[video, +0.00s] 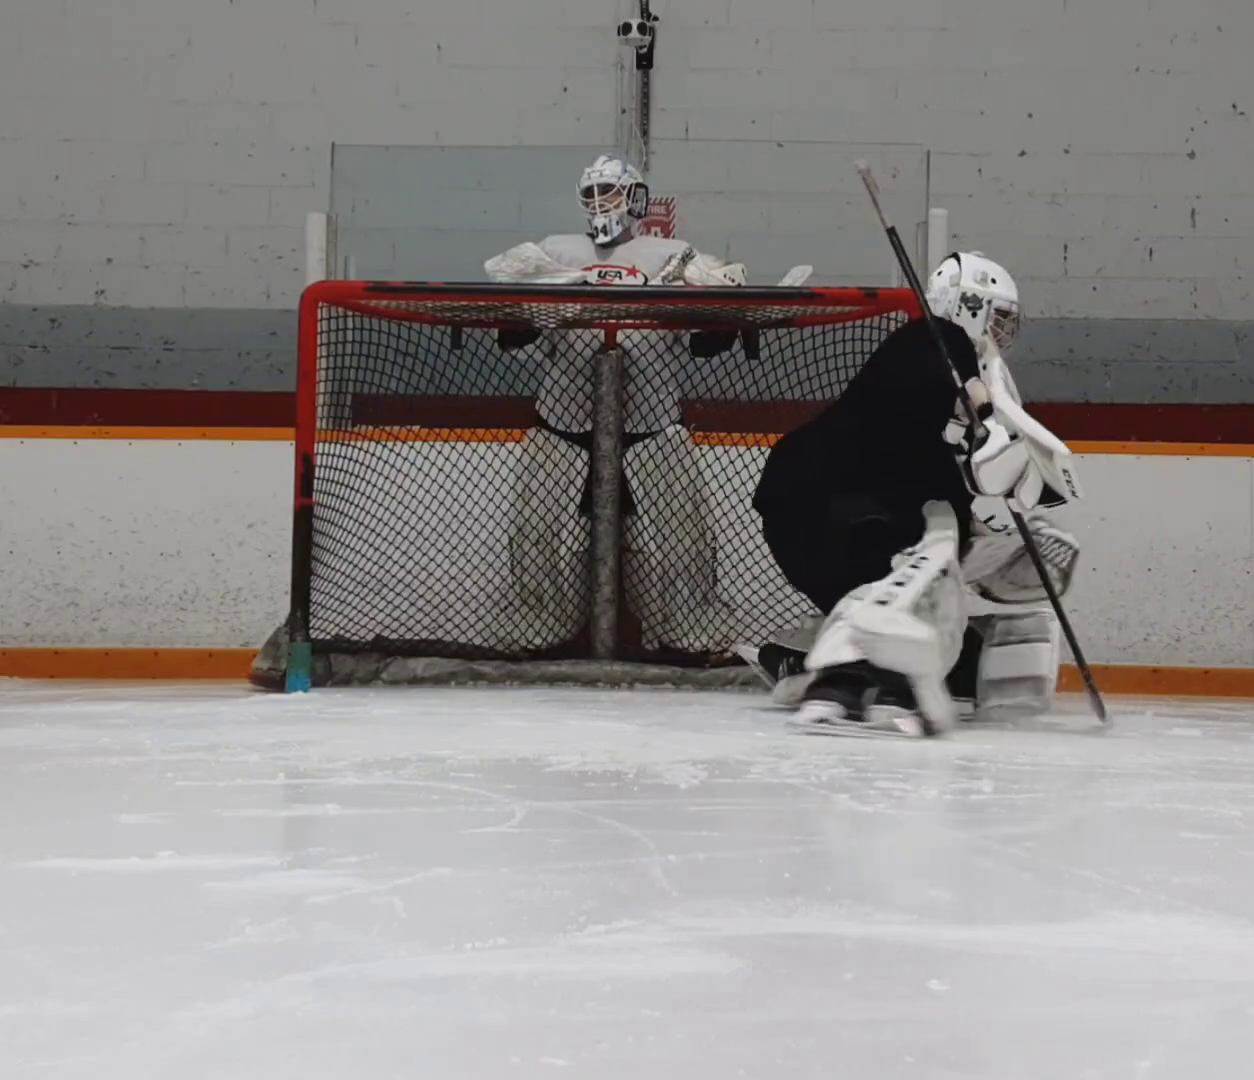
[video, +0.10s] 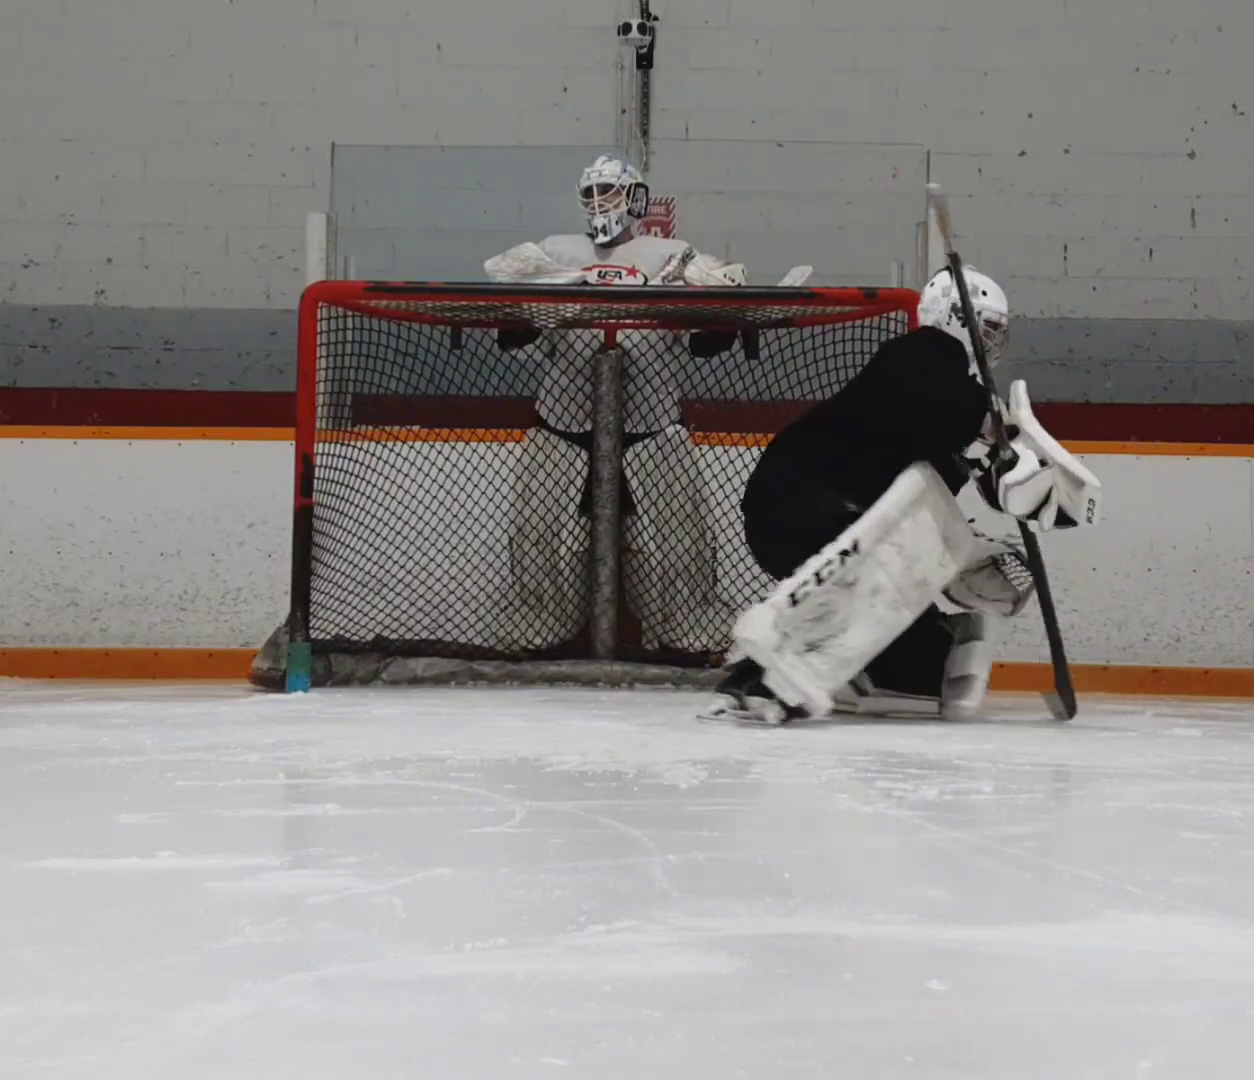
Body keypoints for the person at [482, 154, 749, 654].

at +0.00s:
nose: (602, 204)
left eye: (612, 193)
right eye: (593, 195)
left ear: (636, 198)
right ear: (583, 203)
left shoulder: (670, 259)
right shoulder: (555, 255)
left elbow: (707, 343)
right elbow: (511, 337)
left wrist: (717, 292)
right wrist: (520, 287)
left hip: (650, 436)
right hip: (563, 435)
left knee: (674, 538)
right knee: (542, 535)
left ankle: (673, 638)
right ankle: (548, 637)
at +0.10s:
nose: (601, 203)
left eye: (611, 193)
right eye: (593, 195)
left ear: (636, 197)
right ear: (583, 202)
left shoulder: (669, 258)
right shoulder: (555, 255)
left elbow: (707, 342)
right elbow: (510, 337)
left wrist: (719, 293)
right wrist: (521, 288)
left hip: (649, 434)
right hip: (563, 432)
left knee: (674, 536)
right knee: (540, 532)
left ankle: (677, 639)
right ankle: (550, 634)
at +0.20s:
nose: (600, 205)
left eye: (611, 194)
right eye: (592, 196)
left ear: (636, 199)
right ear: (582, 203)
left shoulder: (670, 259)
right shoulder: (556, 256)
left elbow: (706, 344)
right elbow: (511, 337)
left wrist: (718, 293)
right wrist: (526, 288)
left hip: (649, 436)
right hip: (563, 435)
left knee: (674, 540)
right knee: (542, 538)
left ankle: (675, 646)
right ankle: (543, 647)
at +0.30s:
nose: (600, 205)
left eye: (610, 194)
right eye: (592, 196)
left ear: (636, 198)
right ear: (582, 203)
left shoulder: (671, 259)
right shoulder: (556, 256)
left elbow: (707, 344)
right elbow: (510, 337)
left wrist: (718, 292)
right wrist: (535, 292)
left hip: (650, 437)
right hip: (562, 436)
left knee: (678, 538)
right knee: (540, 539)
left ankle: (669, 646)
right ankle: (542, 646)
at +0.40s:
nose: (601, 205)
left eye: (611, 194)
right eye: (593, 196)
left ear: (636, 198)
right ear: (582, 203)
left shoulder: (671, 258)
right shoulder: (556, 255)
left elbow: (710, 342)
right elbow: (510, 336)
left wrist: (715, 288)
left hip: (650, 436)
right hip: (562, 435)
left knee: (664, 545)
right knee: (541, 545)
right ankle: (550, 649)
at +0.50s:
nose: (599, 205)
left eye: (610, 193)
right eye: (591, 196)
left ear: (636, 196)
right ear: (582, 202)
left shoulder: (671, 256)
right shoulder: (559, 253)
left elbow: (706, 346)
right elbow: (511, 341)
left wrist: (715, 300)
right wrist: (525, 296)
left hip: (651, 436)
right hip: (562, 434)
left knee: (671, 550)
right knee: (540, 551)